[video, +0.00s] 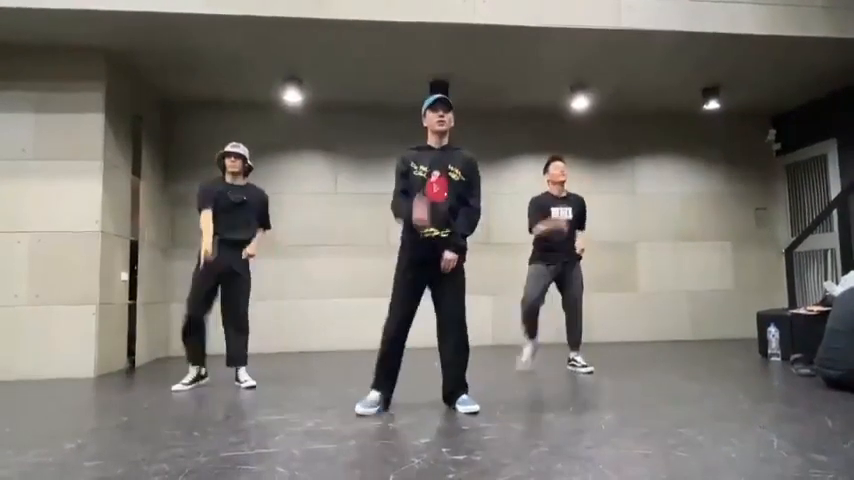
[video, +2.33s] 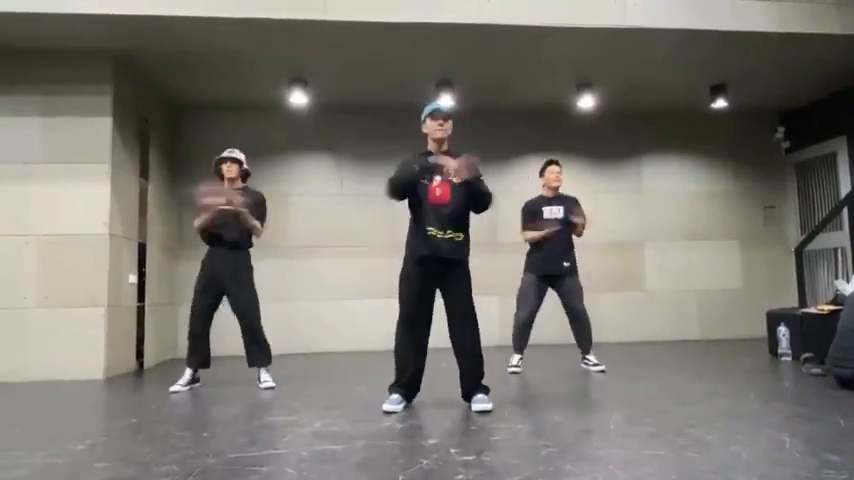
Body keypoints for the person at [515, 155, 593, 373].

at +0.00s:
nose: (562, 172)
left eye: (563, 169)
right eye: (557, 169)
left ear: (567, 174)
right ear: (547, 175)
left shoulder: (577, 202)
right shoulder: (537, 202)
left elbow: (580, 230)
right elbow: (534, 229)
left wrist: (579, 245)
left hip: (569, 261)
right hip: (542, 261)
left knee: (574, 305)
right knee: (530, 301)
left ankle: (574, 354)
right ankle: (531, 341)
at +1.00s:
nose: (552, 171)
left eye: (553, 168)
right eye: (547, 168)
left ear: (554, 172)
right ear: (536, 174)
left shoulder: (559, 193)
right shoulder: (529, 202)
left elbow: (561, 220)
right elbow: (529, 233)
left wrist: (565, 239)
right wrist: (557, 224)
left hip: (559, 260)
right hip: (536, 263)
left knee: (569, 304)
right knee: (527, 306)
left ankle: (577, 350)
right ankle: (513, 350)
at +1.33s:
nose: (537, 178)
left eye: (538, 175)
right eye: (532, 175)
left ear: (540, 179)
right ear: (522, 180)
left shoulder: (545, 208)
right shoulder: (511, 207)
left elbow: (546, 233)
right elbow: (503, 236)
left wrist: (551, 245)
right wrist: (532, 240)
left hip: (545, 267)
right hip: (520, 270)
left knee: (563, 306)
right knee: (514, 313)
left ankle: (574, 351)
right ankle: (510, 354)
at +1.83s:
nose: (543, 179)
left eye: (546, 176)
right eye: (539, 176)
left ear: (552, 180)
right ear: (532, 182)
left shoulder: (566, 208)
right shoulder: (525, 212)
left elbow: (579, 236)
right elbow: (521, 239)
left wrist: (564, 251)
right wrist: (525, 251)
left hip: (557, 273)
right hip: (531, 274)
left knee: (573, 311)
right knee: (522, 313)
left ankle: (584, 352)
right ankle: (512, 355)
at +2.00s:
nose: (556, 178)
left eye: (558, 175)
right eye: (551, 175)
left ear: (562, 179)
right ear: (542, 180)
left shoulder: (570, 203)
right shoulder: (532, 207)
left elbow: (577, 230)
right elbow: (518, 234)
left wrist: (580, 244)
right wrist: (532, 246)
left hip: (571, 266)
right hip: (545, 269)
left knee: (581, 308)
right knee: (532, 312)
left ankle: (585, 352)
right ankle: (519, 354)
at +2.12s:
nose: (562, 182)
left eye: (563, 179)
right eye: (557, 179)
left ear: (567, 184)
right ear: (547, 186)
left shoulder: (570, 212)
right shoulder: (541, 211)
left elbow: (574, 236)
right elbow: (546, 244)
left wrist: (579, 252)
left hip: (573, 271)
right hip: (550, 273)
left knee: (587, 311)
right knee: (540, 314)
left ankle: (587, 355)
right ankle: (520, 355)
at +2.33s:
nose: (557, 176)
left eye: (559, 173)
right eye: (552, 173)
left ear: (562, 178)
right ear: (542, 178)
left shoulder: (571, 202)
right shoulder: (531, 206)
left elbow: (579, 232)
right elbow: (526, 235)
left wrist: (577, 222)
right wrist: (545, 232)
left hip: (565, 268)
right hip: (536, 269)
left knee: (577, 310)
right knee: (524, 314)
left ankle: (587, 355)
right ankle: (517, 355)